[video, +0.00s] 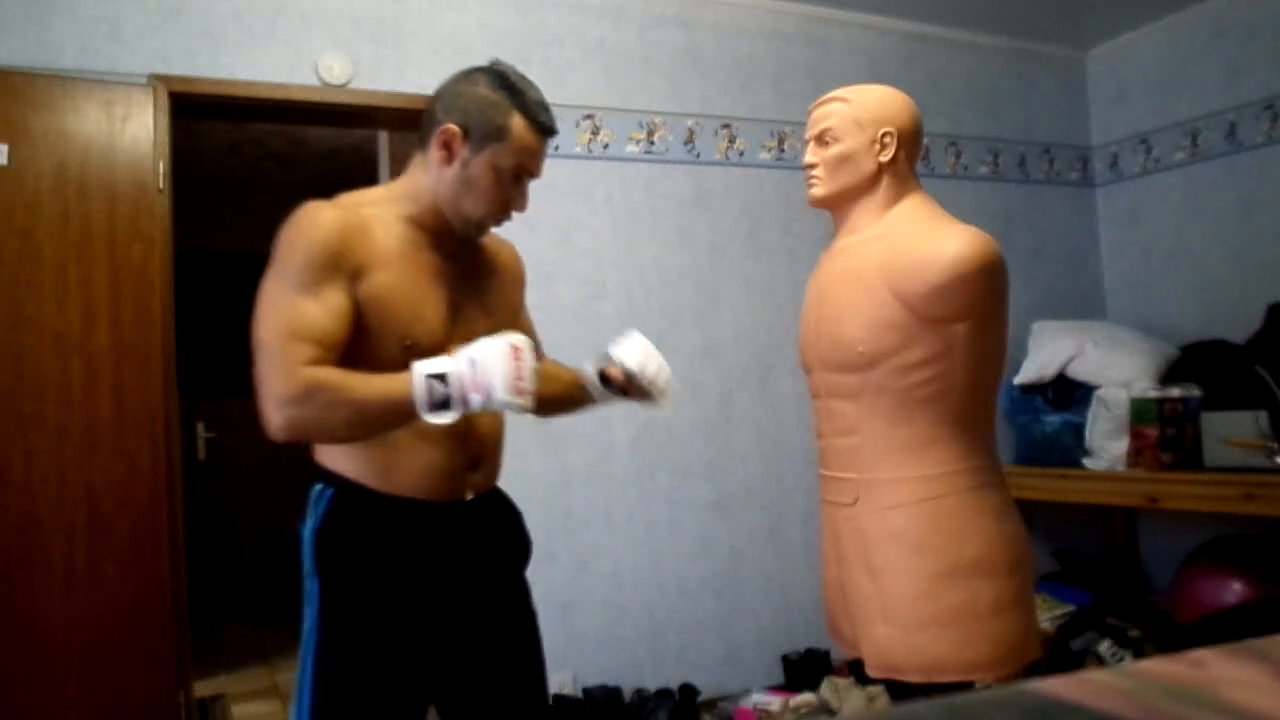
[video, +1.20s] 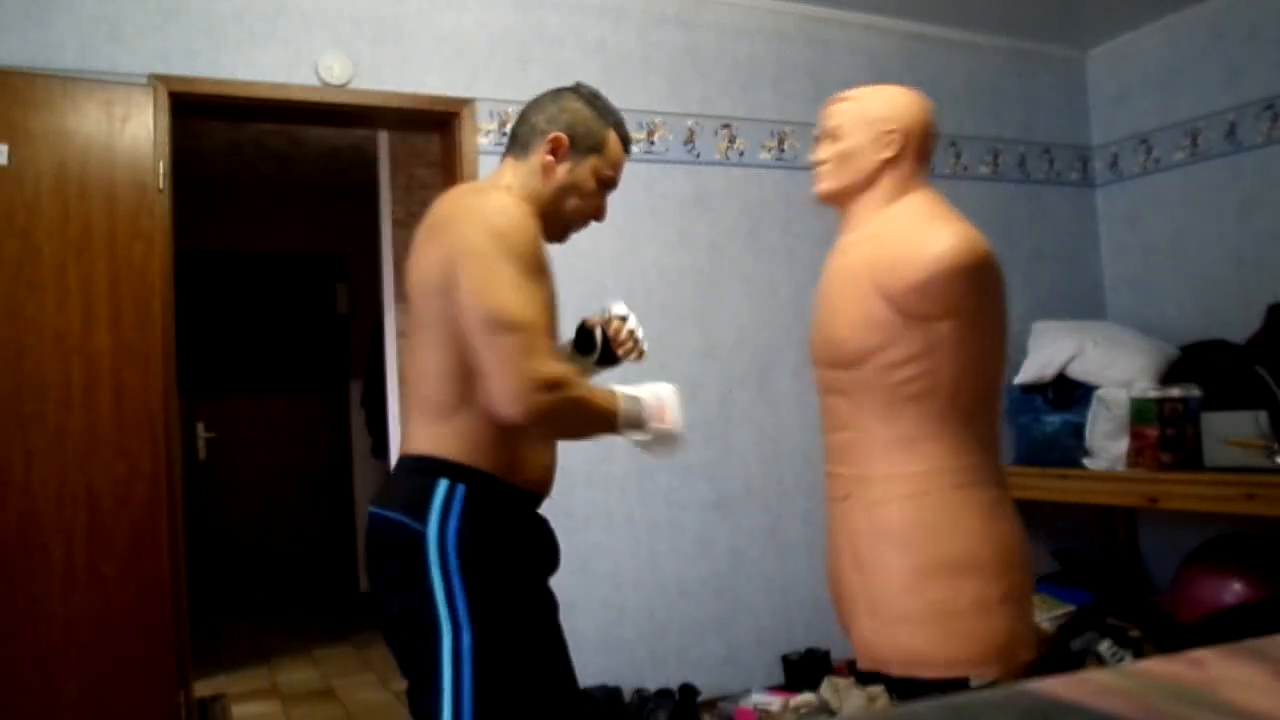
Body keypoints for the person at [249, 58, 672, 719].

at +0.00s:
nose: (520, 204)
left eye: (528, 183)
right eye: (511, 178)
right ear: (449, 147)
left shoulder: (499, 262)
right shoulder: (328, 233)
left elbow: (523, 382)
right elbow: (289, 403)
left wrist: (601, 384)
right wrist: (450, 381)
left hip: (482, 544)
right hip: (370, 547)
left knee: (509, 713)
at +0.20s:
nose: (477, 198)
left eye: (486, 180)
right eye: (475, 174)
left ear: (411, 142)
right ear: (411, 138)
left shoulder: (426, 233)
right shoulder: (276, 214)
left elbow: (490, 377)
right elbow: (324, 387)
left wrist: (532, 302)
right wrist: (452, 281)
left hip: (443, 534)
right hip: (329, 545)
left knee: (505, 712)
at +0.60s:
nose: (507, 188)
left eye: (516, 162)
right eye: (504, 156)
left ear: (434, 129)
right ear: (436, 126)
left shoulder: (459, 226)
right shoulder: (290, 211)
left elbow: (440, 373)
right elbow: (314, 403)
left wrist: (524, 343)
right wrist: (452, 300)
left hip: (464, 553)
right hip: (344, 561)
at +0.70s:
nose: (545, 195)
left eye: (552, 170)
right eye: (538, 166)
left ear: (469, 139)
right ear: (468, 136)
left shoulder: (508, 239)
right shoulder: (317, 219)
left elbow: (564, 320)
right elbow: (289, 407)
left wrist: (661, 328)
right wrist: (438, 327)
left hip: (473, 554)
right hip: (350, 559)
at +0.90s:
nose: (614, 220)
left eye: (622, 197)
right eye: (613, 191)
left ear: (557, 166)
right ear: (560, 164)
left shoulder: (526, 262)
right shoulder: (460, 222)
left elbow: (563, 388)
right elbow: (411, 373)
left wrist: (670, 372)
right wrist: (559, 348)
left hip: (491, 538)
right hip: (423, 532)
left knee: (545, 704)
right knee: (400, 709)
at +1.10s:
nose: (608, 218)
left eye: (617, 198)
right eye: (610, 192)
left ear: (557, 158)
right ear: (565, 161)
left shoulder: (463, 225)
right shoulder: (528, 221)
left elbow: (513, 382)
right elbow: (635, 371)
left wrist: (594, 361)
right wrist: (716, 373)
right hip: (472, 530)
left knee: (540, 707)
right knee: (469, 709)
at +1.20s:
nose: (602, 210)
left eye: (610, 191)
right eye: (602, 184)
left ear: (551, 155)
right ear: (555, 154)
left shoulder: (468, 213)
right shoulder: (490, 216)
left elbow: (481, 376)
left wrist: (582, 354)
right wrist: (631, 413)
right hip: (461, 523)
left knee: (531, 704)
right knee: (481, 709)